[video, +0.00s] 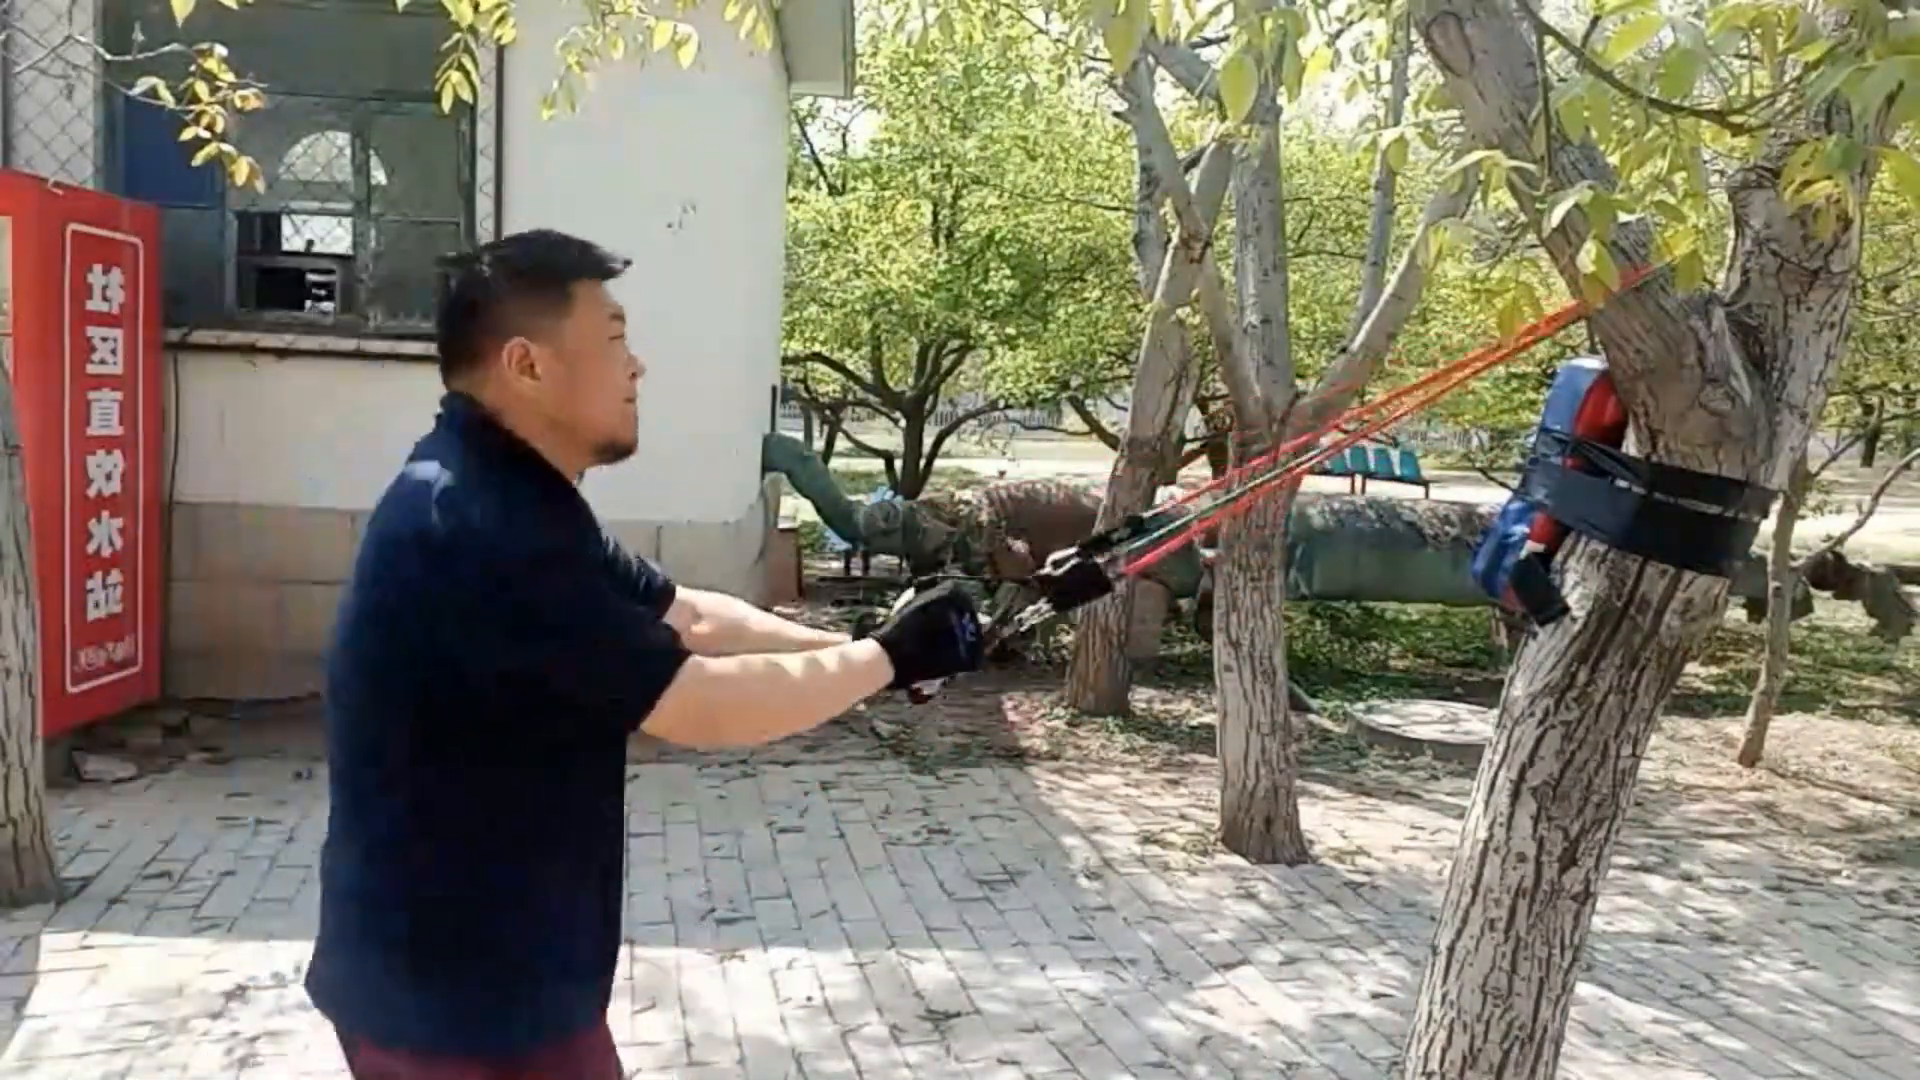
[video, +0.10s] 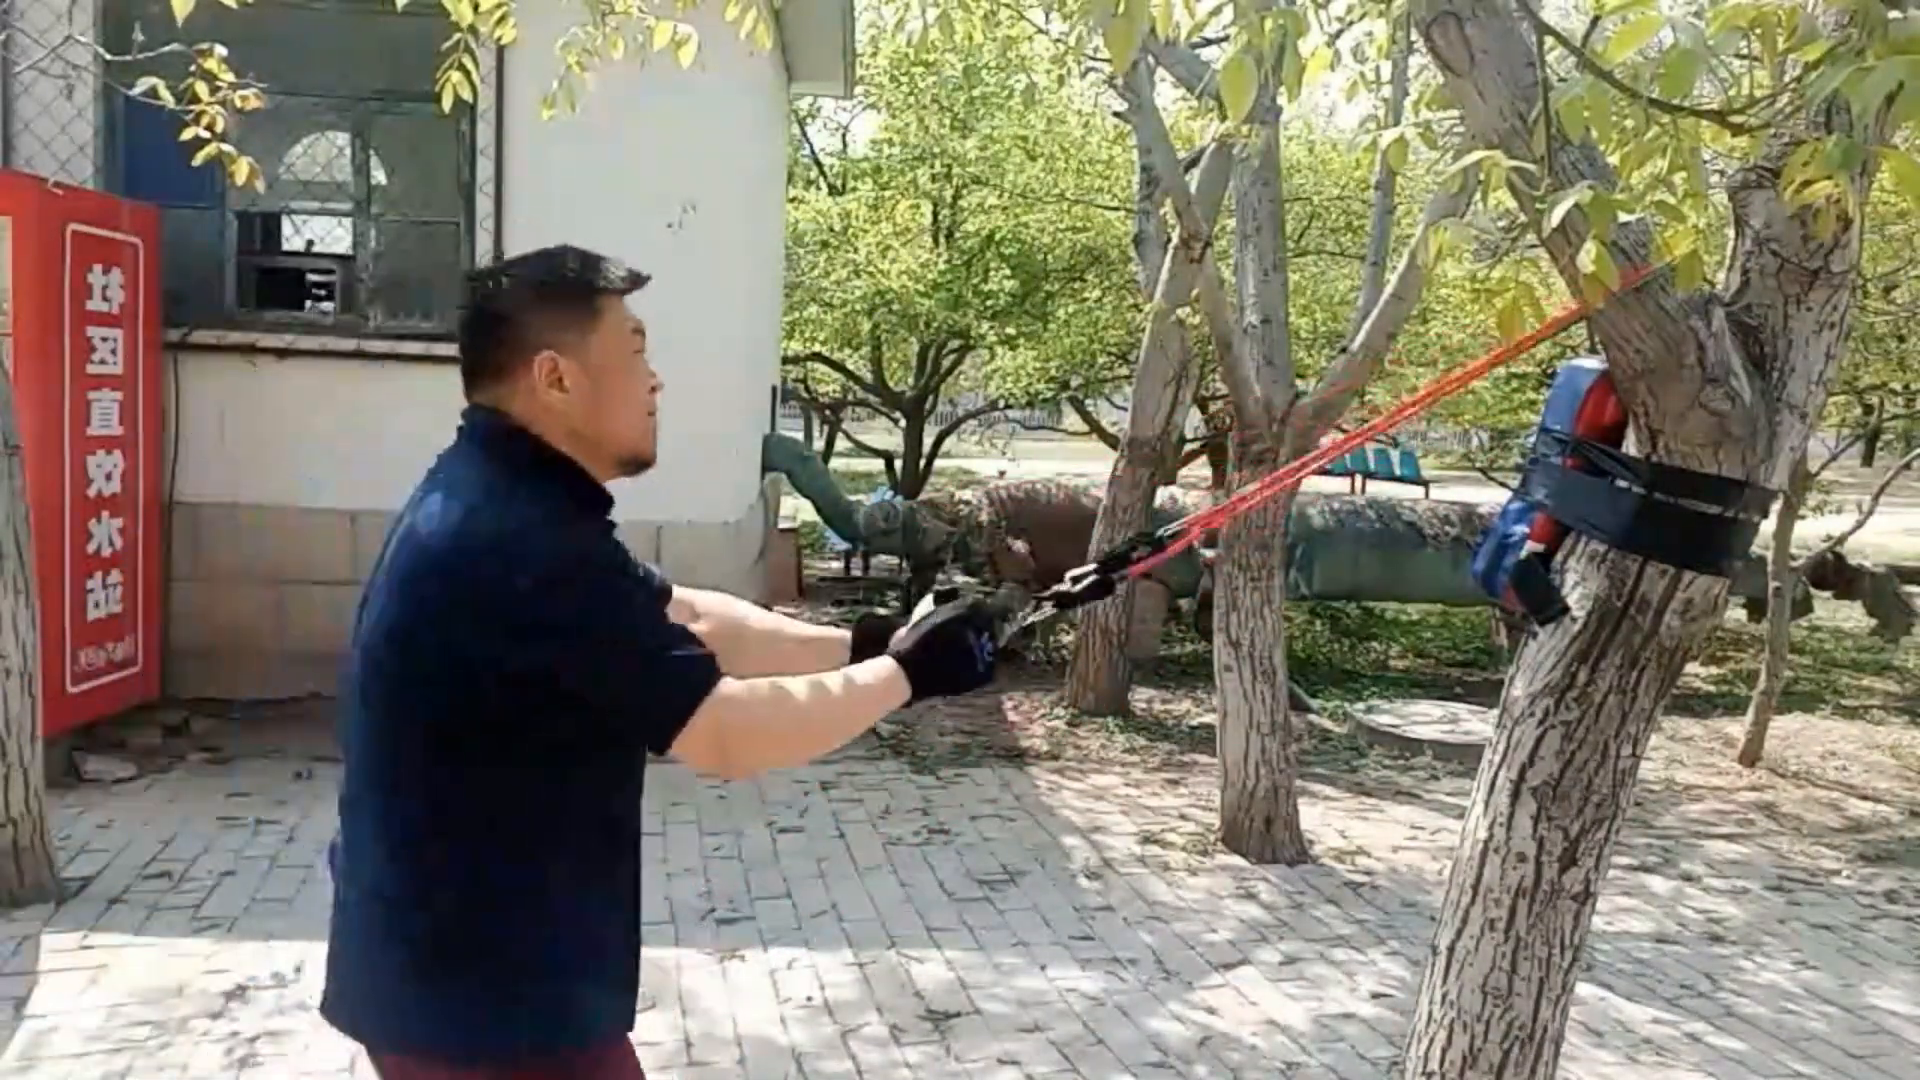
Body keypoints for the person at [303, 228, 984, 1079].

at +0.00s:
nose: (638, 365)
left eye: (625, 335)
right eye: (613, 336)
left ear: (524, 370)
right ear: (526, 366)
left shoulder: (499, 493)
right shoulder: (492, 528)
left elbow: (687, 618)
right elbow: (697, 708)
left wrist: (866, 655)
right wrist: (886, 661)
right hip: (478, 1014)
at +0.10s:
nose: (658, 380)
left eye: (647, 353)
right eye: (635, 355)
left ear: (550, 382)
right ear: (555, 380)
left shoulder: (489, 498)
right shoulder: (528, 540)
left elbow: (680, 620)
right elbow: (717, 733)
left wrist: (870, 648)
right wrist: (904, 679)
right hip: (506, 1022)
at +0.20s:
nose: (696, 421)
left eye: (689, 395)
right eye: (686, 394)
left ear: (538, 417)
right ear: (637, 406)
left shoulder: (465, 521)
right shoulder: (628, 578)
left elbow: (687, 619)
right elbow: (771, 770)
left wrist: (857, 629)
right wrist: (943, 688)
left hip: (366, 982)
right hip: (524, 1017)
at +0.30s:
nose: (696, 453)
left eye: (690, 425)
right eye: (691, 424)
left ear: (547, 431)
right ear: (662, 423)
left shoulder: (459, 535)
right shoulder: (626, 577)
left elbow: (686, 616)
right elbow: (772, 750)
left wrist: (854, 614)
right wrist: (914, 623)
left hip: (361, 1002)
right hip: (538, 1023)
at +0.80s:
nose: (462, 731)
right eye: (460, 715)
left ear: (304, 723)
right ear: (437, 705)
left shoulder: (223, 817)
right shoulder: (530, 814)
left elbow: (103, 1037)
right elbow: (566, 1029)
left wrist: (233, 1038)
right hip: (507, 1068)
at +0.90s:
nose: (464, 742)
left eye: (464, 726)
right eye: (463, 724)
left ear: (311, 730)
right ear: (438, 716)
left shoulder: (222, 837)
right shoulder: (532, 827)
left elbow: (100, 1056)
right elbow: (571, 1043)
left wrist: (227, 1045)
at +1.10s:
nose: (505, 701)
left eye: (505, 676)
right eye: (502, 673)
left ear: (353, 671)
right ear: (465, 660)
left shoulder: (232, 788)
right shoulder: (551, 781)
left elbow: (99, 1020)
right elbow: (606, 992)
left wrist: (263, 979)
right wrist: (481, 993)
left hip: (292, 1071)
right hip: (516, 1071)